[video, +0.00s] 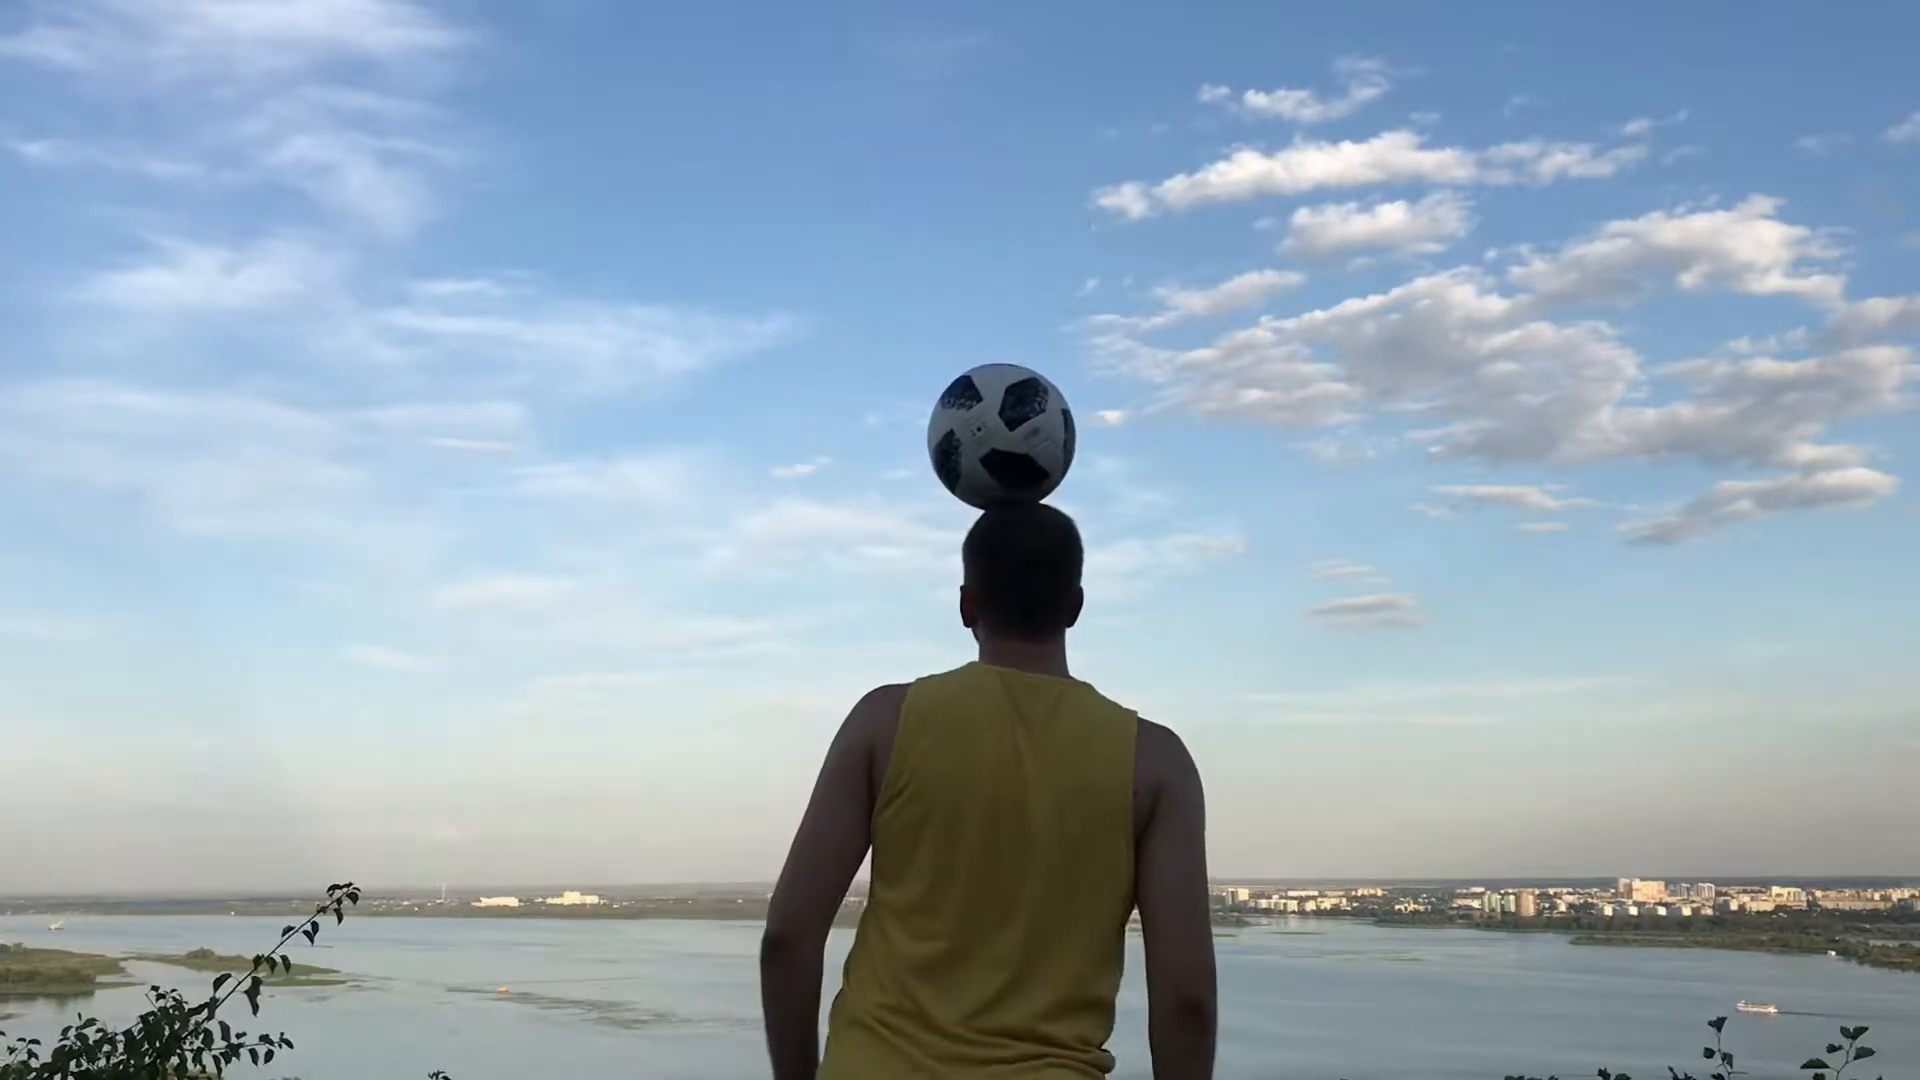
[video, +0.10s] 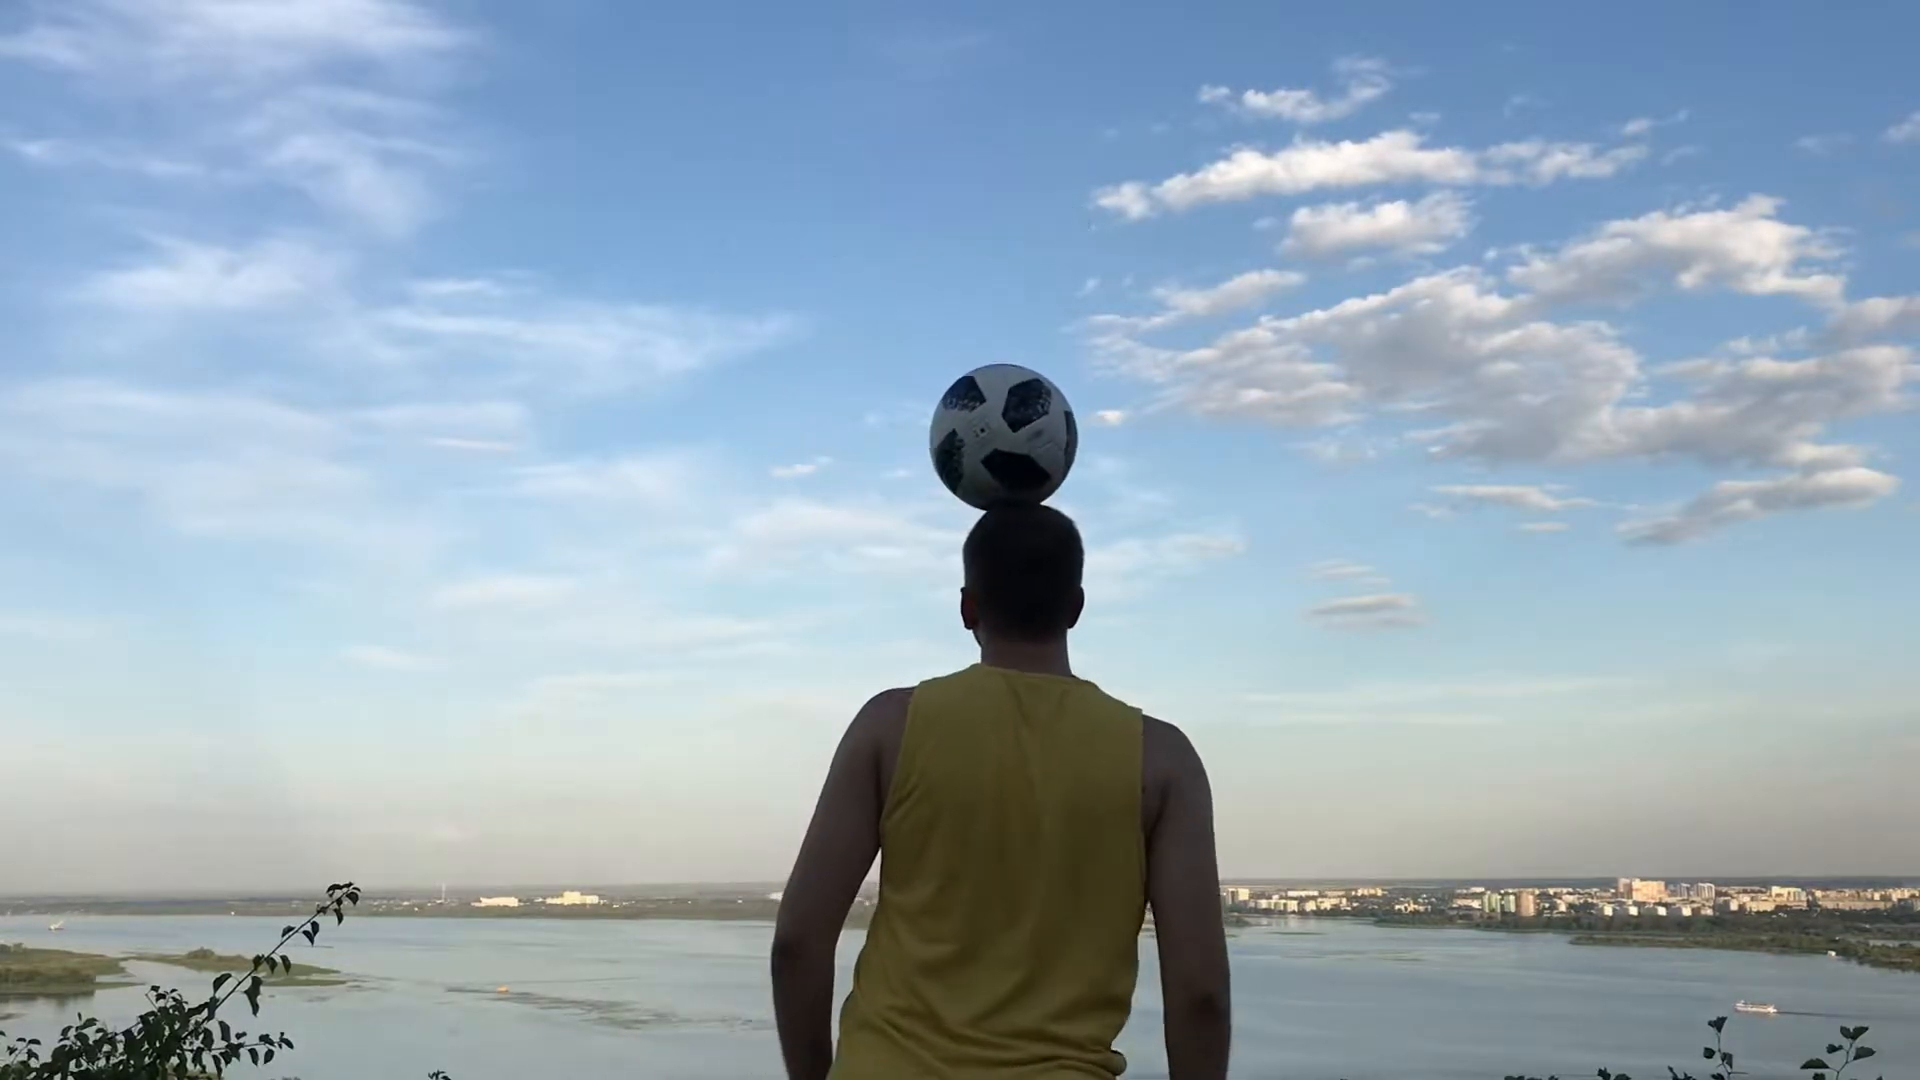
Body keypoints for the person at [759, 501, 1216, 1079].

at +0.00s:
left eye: (961, 592)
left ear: (965, 605)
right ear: (1077, 604)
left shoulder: (885, 719)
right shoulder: (1153, 756)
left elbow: (788, 937)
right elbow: (1186, 1000)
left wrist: (797, 1072)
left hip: (880, 1056)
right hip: (1058, 1062)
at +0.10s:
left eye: (965, 593)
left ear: (966, 607)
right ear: (1079, 606)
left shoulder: (890, 723)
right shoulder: (1159, 753)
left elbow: (799, 942)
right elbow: (1200, 995)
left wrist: (811, 1071)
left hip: (892, 1055)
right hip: (1069, 1061)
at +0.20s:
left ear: (954, 604)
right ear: (1066, 608)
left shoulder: (881, 728)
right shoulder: (1149, 751)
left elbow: (796, 950)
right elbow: (1201, 989)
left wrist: (814, 1069)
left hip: (893, 1056)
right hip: (1069, 1061)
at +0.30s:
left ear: (940, 604)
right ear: (1051, 609)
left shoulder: (866, 730)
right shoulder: (1132, 750)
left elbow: (785, 952)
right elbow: (1193, 986)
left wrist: (805, 1071)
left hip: (884, 1058)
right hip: (1060, 1062)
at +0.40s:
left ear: (922, 601)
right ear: (1033, 607)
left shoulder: (849, 729)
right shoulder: (1116, 747)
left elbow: (768, 953)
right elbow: (1177, 983)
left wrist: (789, 1071)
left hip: (874, 1058)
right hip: (1049, 1061)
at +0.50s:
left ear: (888, 600)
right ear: (999, 603)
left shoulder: (819, 734)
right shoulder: (1088, 742)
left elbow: (743, 963)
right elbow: (1155, 975)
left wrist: (765, 1074)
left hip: (856, 1061)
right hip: (1034, 1063)